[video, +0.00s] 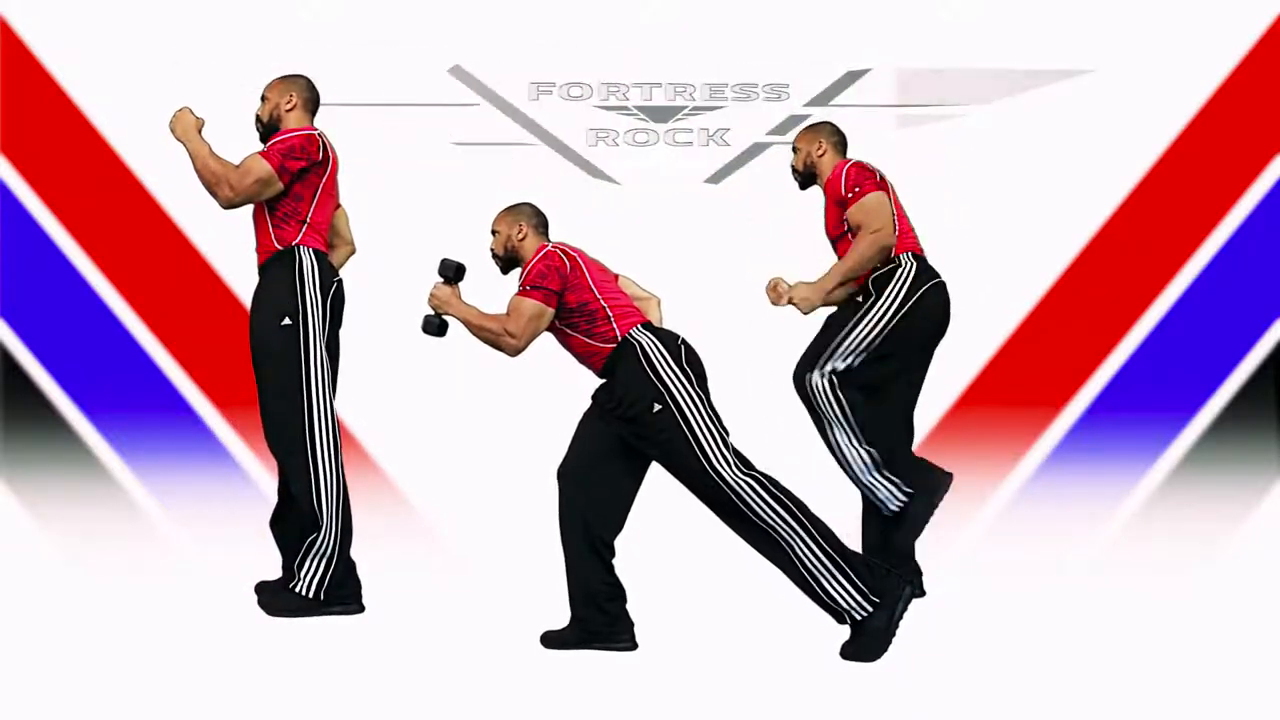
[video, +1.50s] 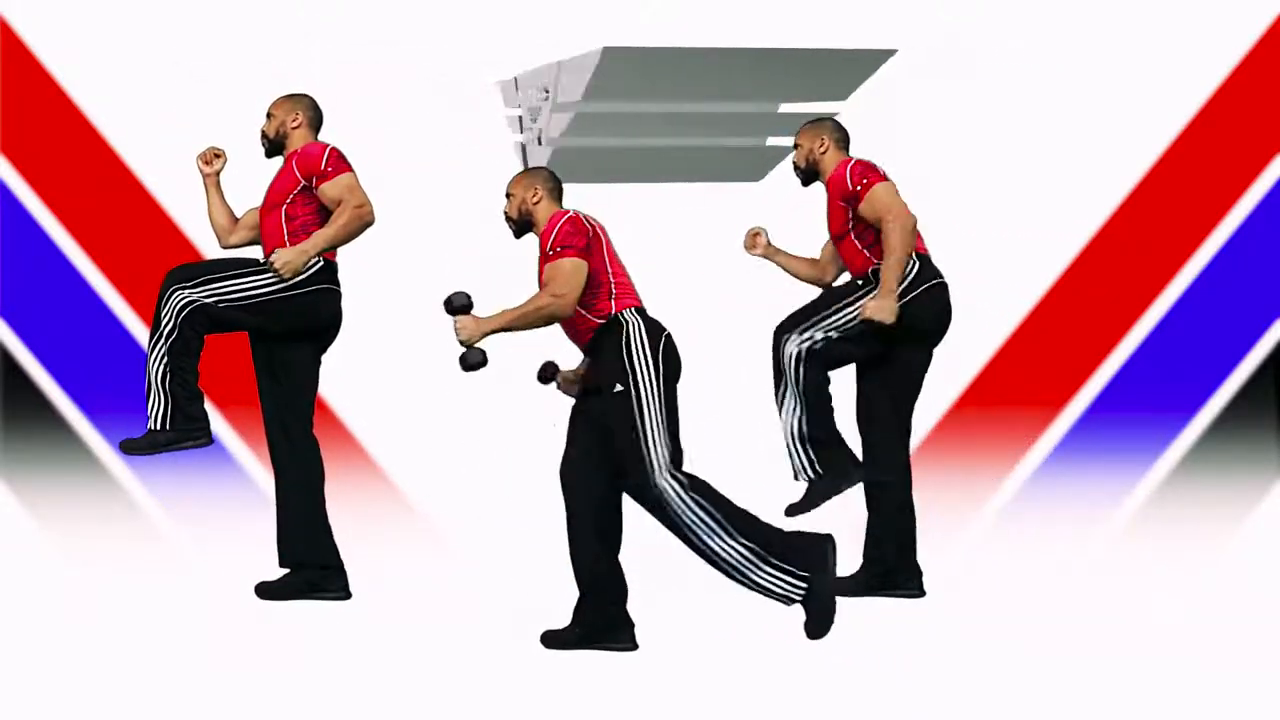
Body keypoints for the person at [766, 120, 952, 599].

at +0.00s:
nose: (792, 161)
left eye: (797, 151)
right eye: (792, 154)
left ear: (821, 147)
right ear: (824, 149)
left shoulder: (850, 172)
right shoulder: (836, 205)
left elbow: (880, 234)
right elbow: (855, 290)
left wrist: (822, 288)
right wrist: (798, 295)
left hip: (903, 283)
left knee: (817, 373)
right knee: (882, 435)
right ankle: (891, 572)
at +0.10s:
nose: (785, 169)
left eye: (789, 159)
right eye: (784, 162)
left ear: (813, 155)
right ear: (816, 156)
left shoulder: (840, 183)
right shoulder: (841, 196)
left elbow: (834, 256)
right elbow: (883, 281)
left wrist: (764, 273)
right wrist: (851, 324)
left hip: (907, 292)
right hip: (883, 310)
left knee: (885, 421)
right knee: (866, 433)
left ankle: (1014, 497)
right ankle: (892, 566)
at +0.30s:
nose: (774, 188)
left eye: (779, 178)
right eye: (774, 180)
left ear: (806, 174)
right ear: (813, 179)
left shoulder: (821, 204)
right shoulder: (848, 209)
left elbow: (770, 272)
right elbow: (922, 248)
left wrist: (726, 242)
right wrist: (935, 320)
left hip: (910, 303)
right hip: (898, 317)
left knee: (980, 424)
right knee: (863, 438)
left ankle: (1124, 517)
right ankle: (891, 567)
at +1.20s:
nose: (769, 188)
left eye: (775, 178)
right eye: (769, 181)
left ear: (802, 176)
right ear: (807, 183)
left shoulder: (820, 207)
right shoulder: (846, 212)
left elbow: (790, 283)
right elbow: (915, 263)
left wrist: (731, 276)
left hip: (913, 306)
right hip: (892, 323)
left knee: (960, 434)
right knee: (861, 439)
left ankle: (1104, 527)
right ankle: (890, 568)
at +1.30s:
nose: (774, 179)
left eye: (779, 168)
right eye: (775, 171)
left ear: (803, 165)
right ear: (812, 168)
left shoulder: (826, 194)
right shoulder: (843, 201)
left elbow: (825, 268)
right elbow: (886, 277)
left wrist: (760, 294)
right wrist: (851, 322)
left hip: (913, 301)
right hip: (887, 317)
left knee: (906, 432)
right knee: (866, 435)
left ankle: (1034, 512)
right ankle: (890, 567)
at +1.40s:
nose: (784, 166)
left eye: (788, 156)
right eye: (784, 158)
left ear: (811, 154)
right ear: (816, 156)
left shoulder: (842, 183)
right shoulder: (834, 205)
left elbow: (867, 246)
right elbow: (867, 284)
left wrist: (817, 300)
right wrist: (807, 298)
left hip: (910, 291)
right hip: (901, 302)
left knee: (834, 393)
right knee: (880, 430)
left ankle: (916, 504)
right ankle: (889, 568)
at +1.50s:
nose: (793, 158)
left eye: (798, 148)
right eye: (793, 150)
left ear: (822, 144)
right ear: (823, 146)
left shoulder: (851, 172)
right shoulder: (843, 198)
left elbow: (899, 220)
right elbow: (824, 272)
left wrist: (887, 292)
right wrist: (770, 251)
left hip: (901, 288)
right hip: (905, 301)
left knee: (794, 339)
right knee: (883, 440)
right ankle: (892, 569)